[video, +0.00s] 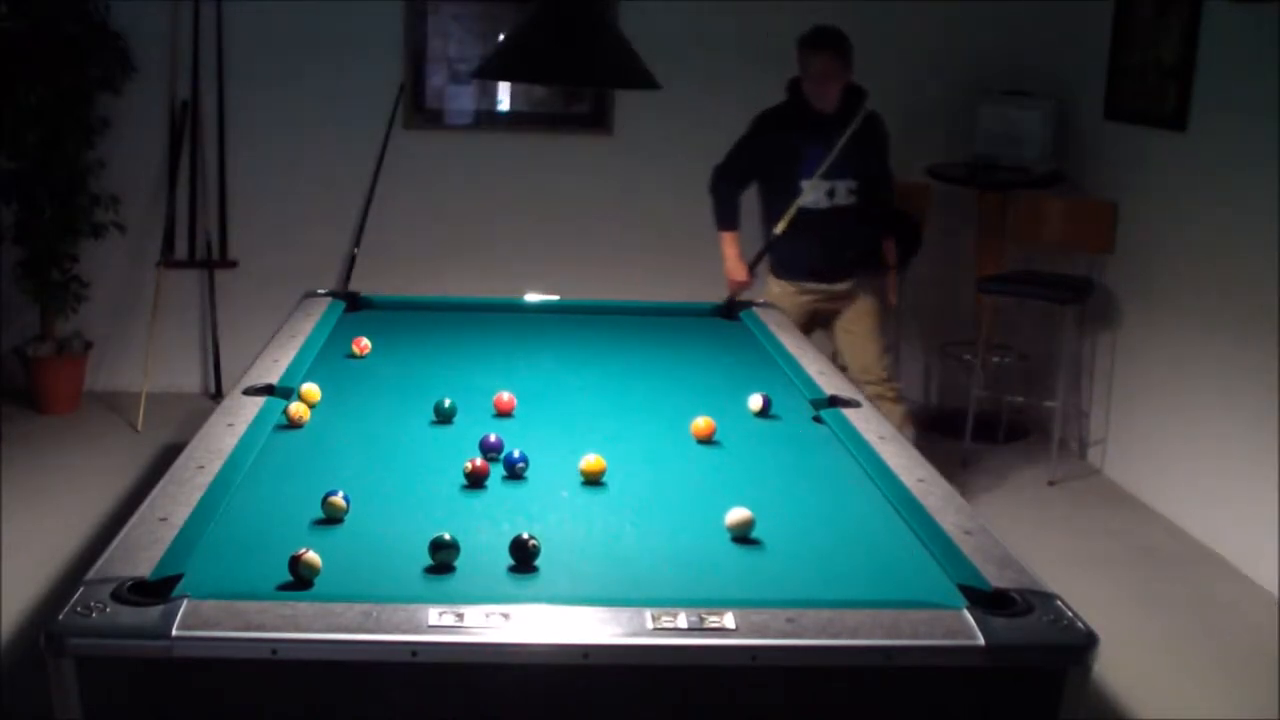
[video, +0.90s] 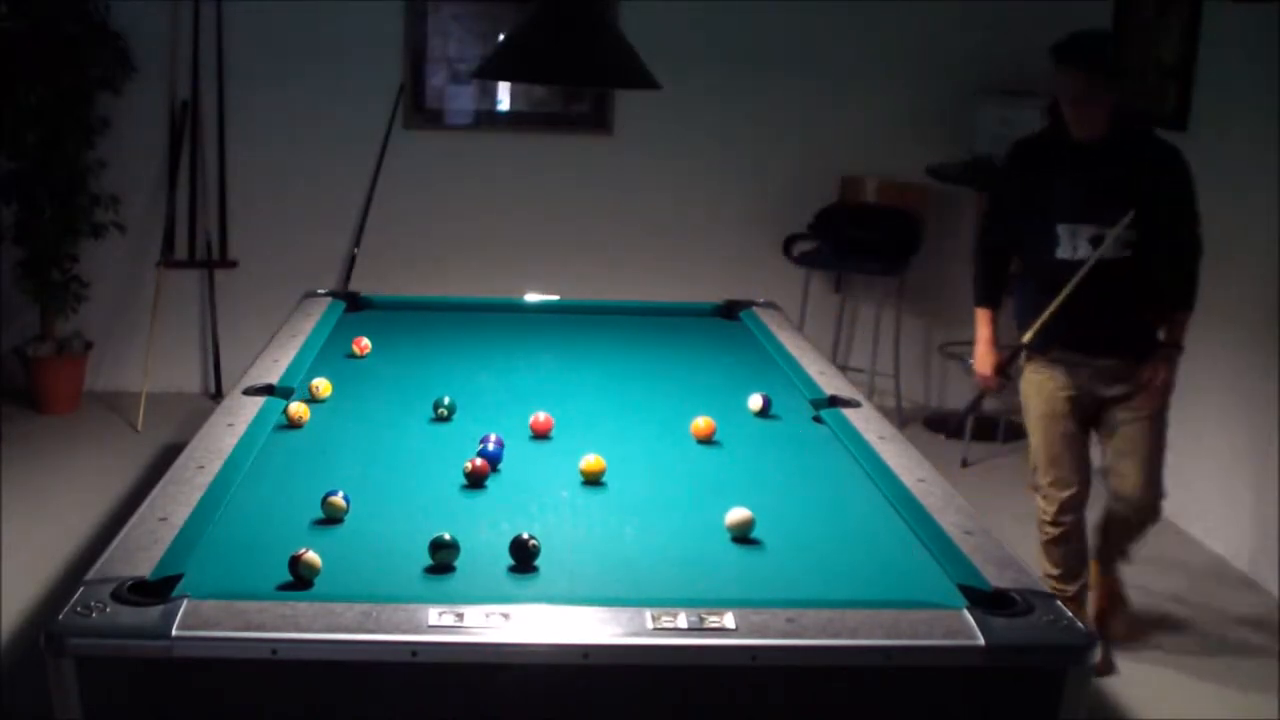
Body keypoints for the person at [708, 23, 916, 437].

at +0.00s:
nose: (821, 78)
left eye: (830, 69)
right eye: (813, 68)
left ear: (847, 71)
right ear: (800, 70)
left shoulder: (866, 125)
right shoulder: (776, 123)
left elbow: (882, 202)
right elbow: (724, 180)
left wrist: (890, 270)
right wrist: (731, 256)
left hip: (855, 285)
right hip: (791, 286)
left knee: (877, 385)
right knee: (766, 382)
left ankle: (908, 483)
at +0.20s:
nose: (904, 87)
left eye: (913, 78)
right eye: (895, 77)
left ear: (928, 79)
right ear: (879, 77)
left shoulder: (946, 138)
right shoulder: (851, 133)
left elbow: (962, 215)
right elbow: (804, 197)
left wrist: (967, 282)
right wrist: (804, 267)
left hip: (933, 300)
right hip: (867, 303)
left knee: (951, 408)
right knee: (850, 409)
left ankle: (943, 505)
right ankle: (834, 494)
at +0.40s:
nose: (962, 80)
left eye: (973, 70)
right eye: (953, 69)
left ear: (990, 73)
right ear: (938, 69)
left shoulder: (1011, 136)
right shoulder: (908, 129)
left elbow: (1035, 215)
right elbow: (863, 201)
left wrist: (1047, 289)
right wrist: (861, 273)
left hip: (985, 298)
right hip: (921, 295)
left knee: (971, 422)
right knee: (944, 418)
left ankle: (941, 521)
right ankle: (896, 509)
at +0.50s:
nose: (988, 86)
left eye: (999, 76)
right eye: (979, 75)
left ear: (1017, 79)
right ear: (965, 75)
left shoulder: (1040, 142)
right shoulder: (935, 136)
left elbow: (1068, 221)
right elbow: (890, 215)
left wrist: (1077, 298)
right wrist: (889, 292)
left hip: (1009, 304)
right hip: (946, 303)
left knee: (980, 422)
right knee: (977, 427)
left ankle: (945, 498)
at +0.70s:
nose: (1033, 109)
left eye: (1044, 96)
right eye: (1023, 96)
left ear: (1066, 97)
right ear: (1010, 94)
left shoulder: (1100, 162)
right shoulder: (985, 161)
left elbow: (1121, 254)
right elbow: (945, 246)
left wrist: (1115, 339)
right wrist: (939, 330)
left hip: (1077, 334)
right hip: (1011, 331)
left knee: (1033, 452)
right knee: (1049, 472)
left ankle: (955, 508)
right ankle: (1066, 604)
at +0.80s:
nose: (1060, 104)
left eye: (1072, 92)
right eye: (1050, 92)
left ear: (1092, 93)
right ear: (1034, 91)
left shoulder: (1129, 164)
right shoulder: (1007, 164)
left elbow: (1151, 260)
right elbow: (970, 252)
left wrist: (1140, 347)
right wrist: (964, 338)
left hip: (1106, 344)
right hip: (1033, 341)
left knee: (1094, 482)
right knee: (1057, 485)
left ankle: (1024, 528)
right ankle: (1072, 628)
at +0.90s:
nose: (1080, 100)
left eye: (1092, 88)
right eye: (1070, 87)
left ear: (1114, 88)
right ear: (1055, 88)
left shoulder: (1158, 162)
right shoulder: (1028, 160)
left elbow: (1183, 262)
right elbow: (992, 249)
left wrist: (1169, 352)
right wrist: (984, 335)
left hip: (1134, 361)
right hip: (1049, 358)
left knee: (1138, 500)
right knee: (1059, 503)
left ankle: (1103, 561)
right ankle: (1074, 626)